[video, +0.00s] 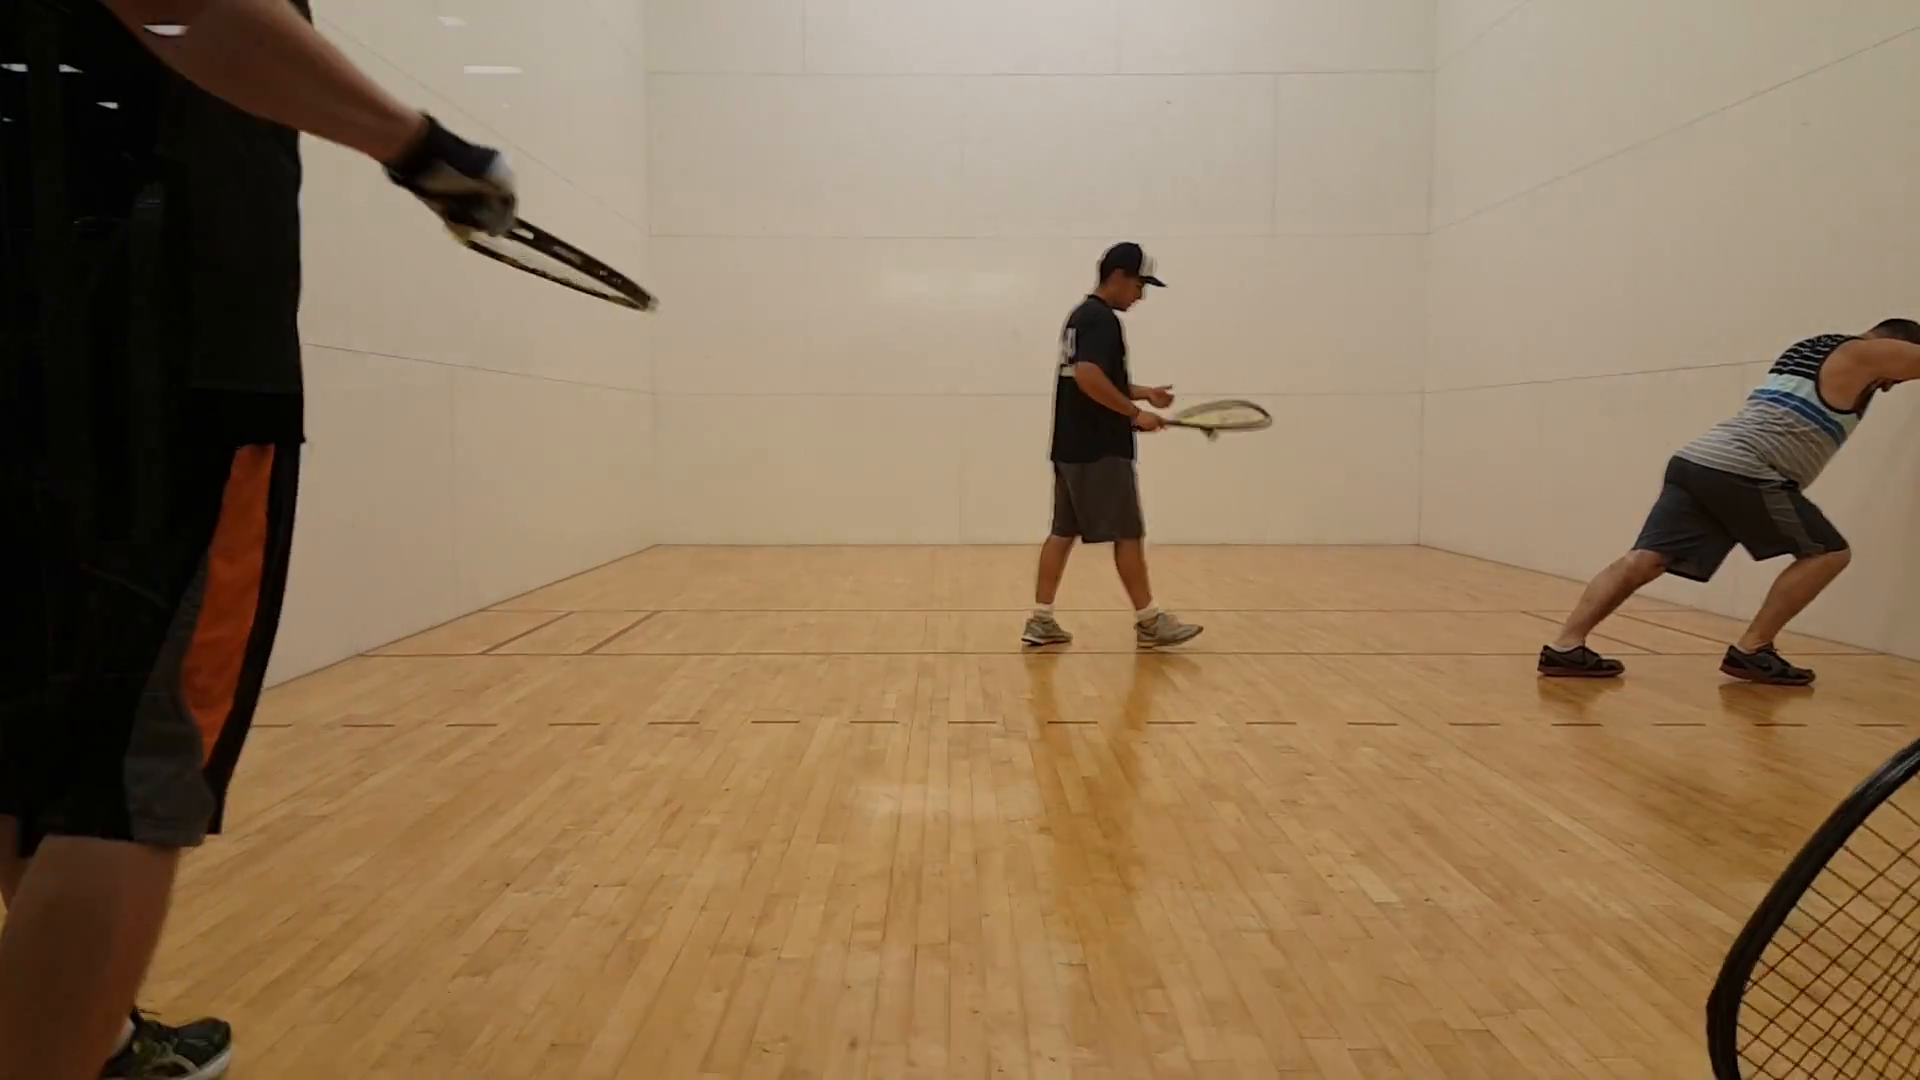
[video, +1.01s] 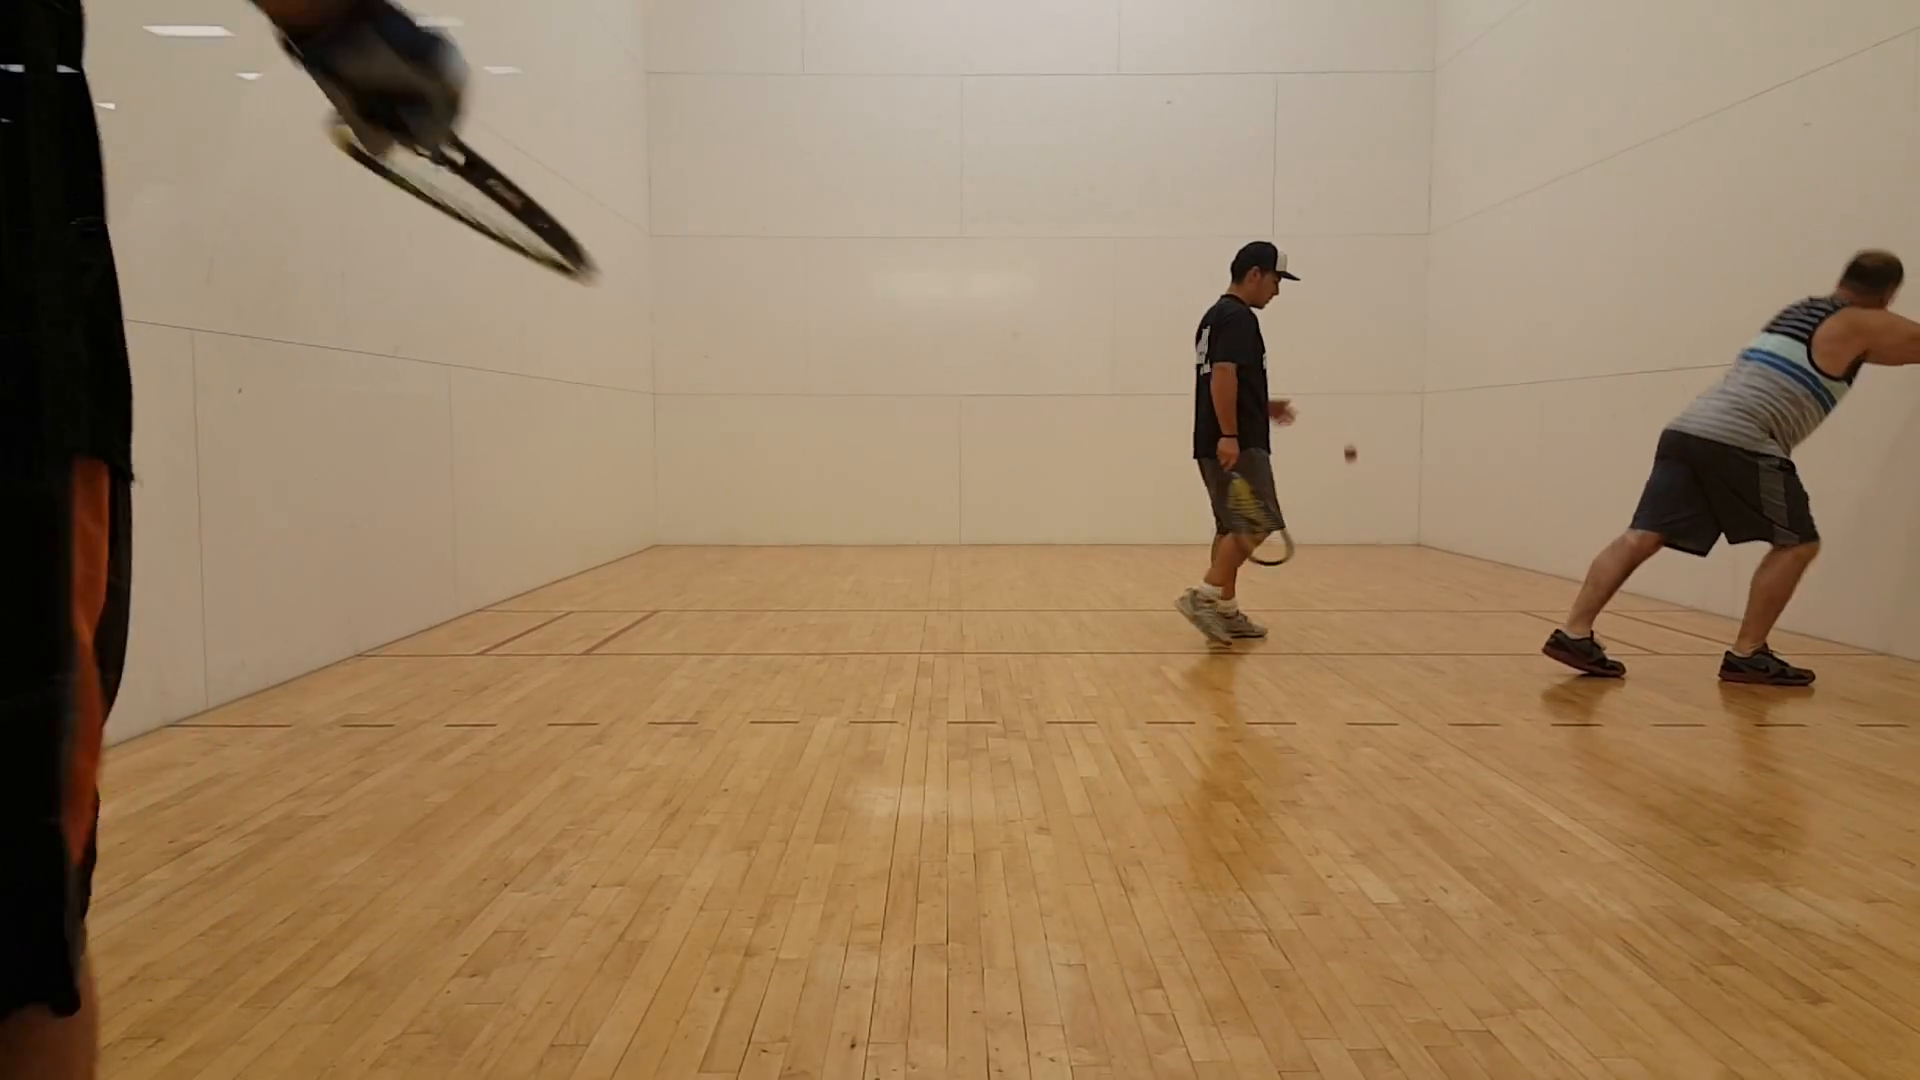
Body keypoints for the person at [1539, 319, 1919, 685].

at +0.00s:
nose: (1897, 382)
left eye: (1902, 374)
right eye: (1903, 370)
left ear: (1879, 338)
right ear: (1892, 346)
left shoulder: (1808, 349)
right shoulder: (1863, 354)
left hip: (1695, 463)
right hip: (1747, 474)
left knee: (1641, 561)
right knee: (1828, 553)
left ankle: (1564, 646)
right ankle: (1752, 649)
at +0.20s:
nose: (1903, 385)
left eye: (1907, 376)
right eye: (1906, 373)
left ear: (1881, 343)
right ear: (1893, 349)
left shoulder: (1813, 352)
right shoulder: (1865, 359)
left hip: (1699, 467)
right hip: (1750, 477)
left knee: (1645, 563)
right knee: (1831, 556)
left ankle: (1565, 646)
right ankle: (1753, 650)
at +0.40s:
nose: (1902, 385)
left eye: (1907, 375)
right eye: (1907, 372)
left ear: (1882, 341)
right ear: (1895, 349)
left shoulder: (1813, 351)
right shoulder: (1868, 356)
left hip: (1698, 466)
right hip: (1750, 475)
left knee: (1643, 563)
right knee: (1832, 554)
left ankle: (1564, 645)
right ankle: (1753, 647)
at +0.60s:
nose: (1903, 390)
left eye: (1907, 381)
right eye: (1907, 377)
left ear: (1884, 346)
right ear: (1896, 353)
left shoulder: (1814, 357)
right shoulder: (1871, 360)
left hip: (1701, 468)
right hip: (1751, 478)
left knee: (1648, 564)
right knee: (1836, 557)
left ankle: (1565, 646)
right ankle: (1753, 648)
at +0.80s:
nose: (1904, 378)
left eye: (1907, 368)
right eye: (1907, 365)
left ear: (1878, 337)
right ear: (1895, 346)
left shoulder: (1811, 355)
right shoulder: (1868, 357)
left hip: (1700, 469)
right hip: (1754, 478)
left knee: (1647, 565)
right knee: (1835, 559)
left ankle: (1564, 646)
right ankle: (1753, 651)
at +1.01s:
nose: (1892, 308)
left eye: (1893, 301)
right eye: (1893, 301)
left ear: (1842, 281)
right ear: (1886, 298)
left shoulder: (1797, 311)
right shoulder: (1860, 325)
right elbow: (1918, 342)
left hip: (1685, 434)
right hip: (1745, 445)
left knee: (1642, 536)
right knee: (1798, 545)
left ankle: (1573, 633)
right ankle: (1747, 653)